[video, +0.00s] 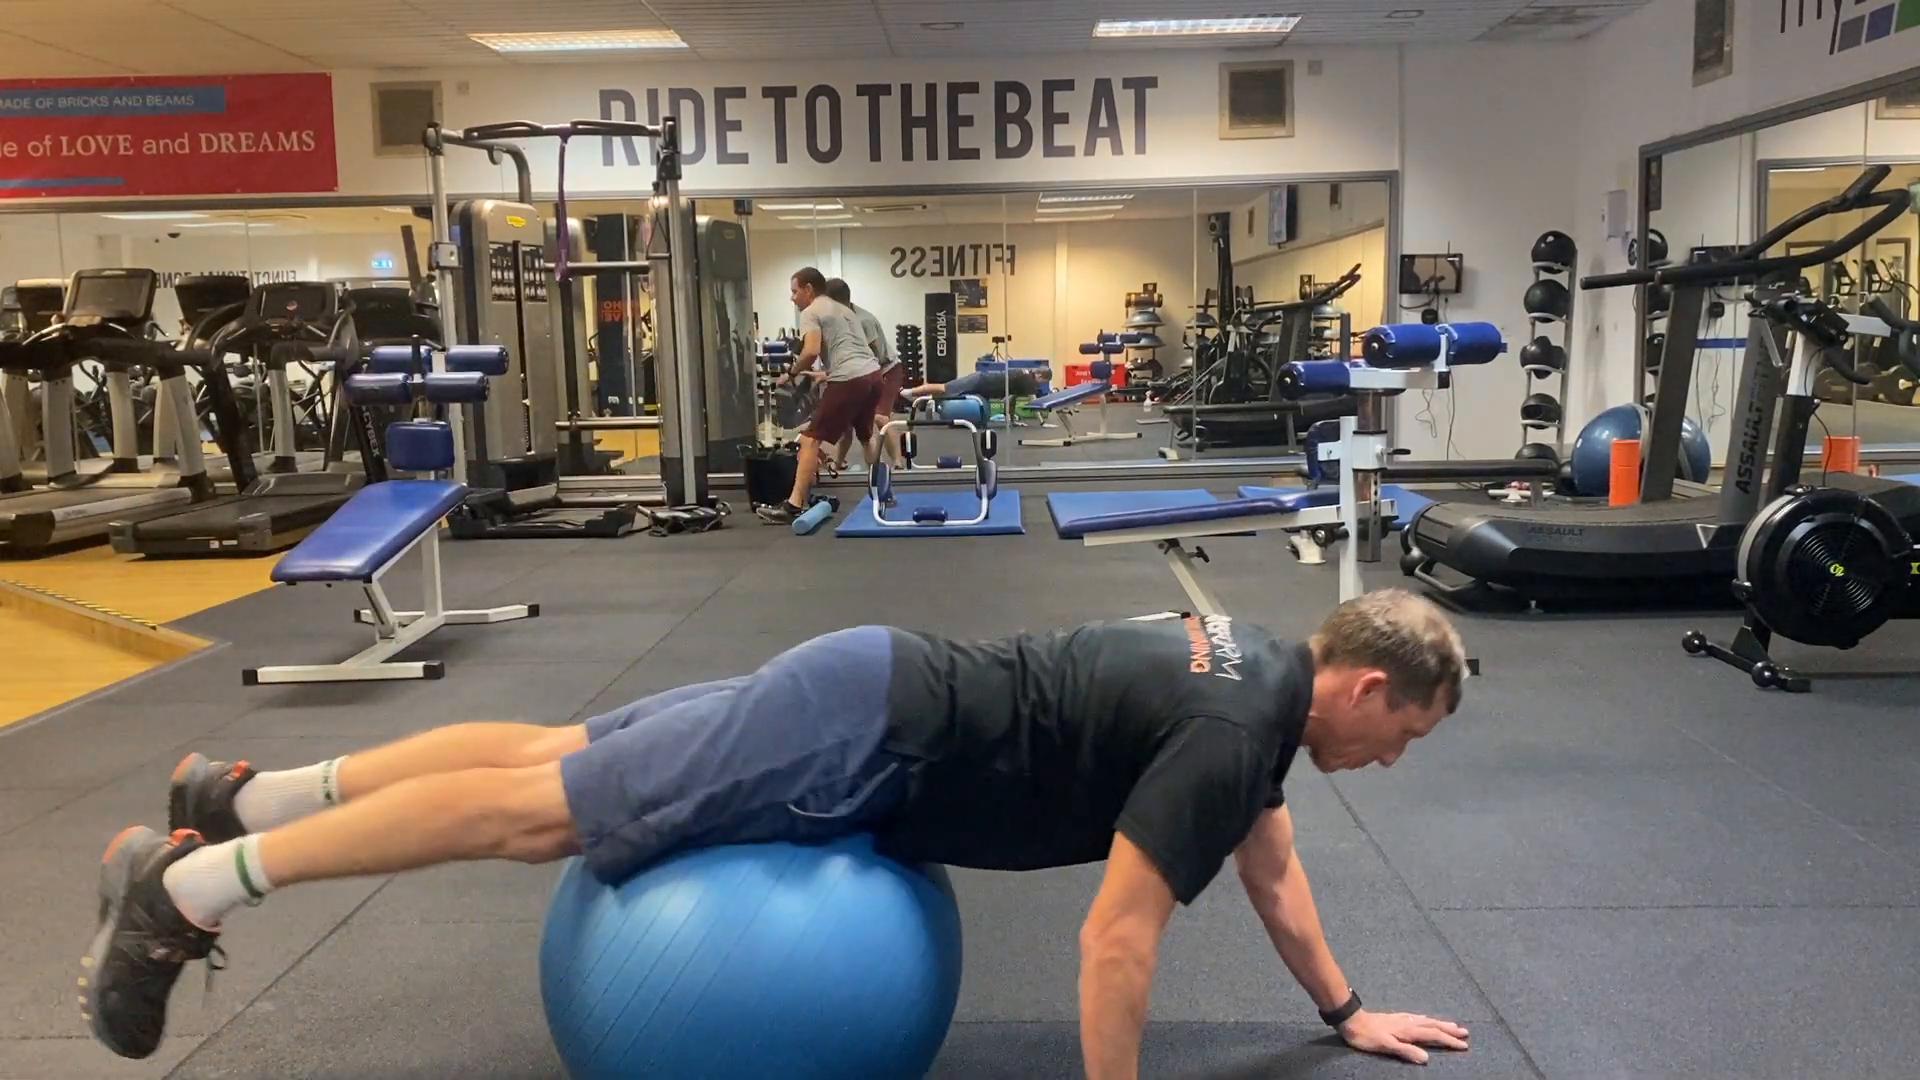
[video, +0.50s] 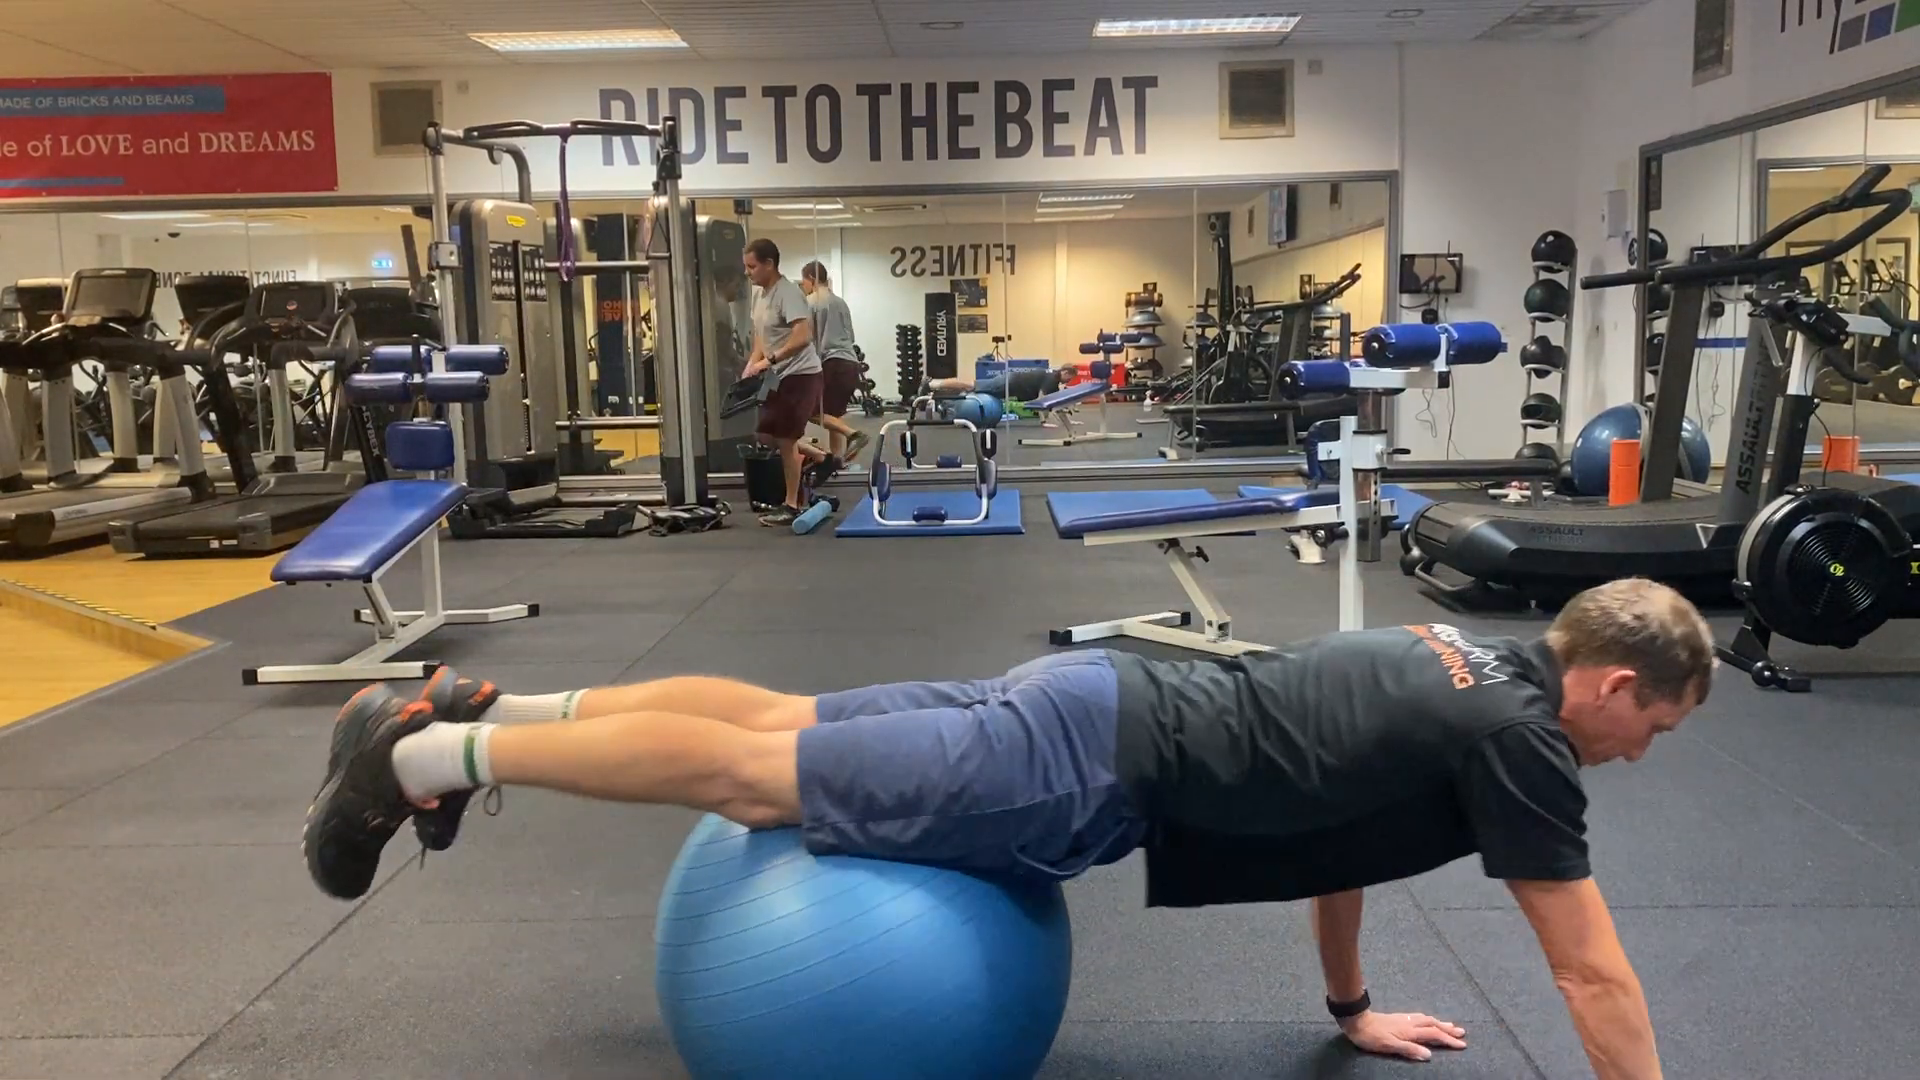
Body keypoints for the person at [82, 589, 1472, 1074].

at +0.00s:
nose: (1406, 750)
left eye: (1418, 732)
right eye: (1413, 731)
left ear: (1359, 668)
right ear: (1368, 694)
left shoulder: (1263, 684)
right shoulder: (1233, 732)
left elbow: (1278, 874)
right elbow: (1113, 943)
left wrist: (1346, 1013)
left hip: (877, 684)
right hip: (867, 728)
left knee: (565, 752)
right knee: (542, 812)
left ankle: (257, 795)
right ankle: (193, 886)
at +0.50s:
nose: (1659, 740)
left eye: (1669, 717)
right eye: (1668, 716)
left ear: (1583, 653)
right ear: (1622, 690)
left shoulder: (1447, 674)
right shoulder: (1515, 745)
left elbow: (1334, 844)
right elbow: (1595, 980)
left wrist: (1349, 1008)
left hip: (1099, 712)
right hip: (1094, 751)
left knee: (774, 733)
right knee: (764, 771)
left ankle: (475, 714)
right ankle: (436, 748)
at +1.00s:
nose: (1782, 803)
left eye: (1803, 794)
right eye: (1799, 781)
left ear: (1756, 676)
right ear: (1778, 726)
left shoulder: (1633, 667)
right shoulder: (1686, 721)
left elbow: (1557, 851)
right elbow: (1645, 984)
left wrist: (1604, 982)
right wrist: (1663, 1062)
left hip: (1291, 548)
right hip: (1302, 589)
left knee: (1014, 702)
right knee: (1006, 772)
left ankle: (797, 491)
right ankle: (757, 563)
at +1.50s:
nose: (1745, 804)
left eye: (1765, 794)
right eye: (1766, 788)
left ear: (1729, 681)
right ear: (1750, 737)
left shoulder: (1620, 659)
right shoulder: (1662, 698)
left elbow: (1567, 842)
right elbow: (1669, 969)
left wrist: (1608, 983)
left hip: (1303, 441)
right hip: (1340, 489)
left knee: (1242, 746)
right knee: (1303, 829)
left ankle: (1019, 655)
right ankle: (989, 752)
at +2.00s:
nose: (1751, 779)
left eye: (1770, 771)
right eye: (1766, 759)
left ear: (1722, 662)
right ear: (1742, 702)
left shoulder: (1613, 648)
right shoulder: (1669, 698)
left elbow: (1570, 841)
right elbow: (1666, 961)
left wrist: (1610, 992)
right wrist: (1708, 1072)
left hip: (1317, 423)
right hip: (1337, 467)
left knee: (1213, 704)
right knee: (1225, 793)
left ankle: (1012, 603)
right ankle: (909, 723)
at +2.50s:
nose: (1750, 816)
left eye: (1768, 806)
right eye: (1767, 796)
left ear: (1732, 681)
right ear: (1759, 746)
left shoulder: (1611, 652)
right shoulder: (1680, 705)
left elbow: (1563, 839)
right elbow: (1711, 969)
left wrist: (1609, 994)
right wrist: (1750, 1077)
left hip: (1283, 447)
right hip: (1319, 485)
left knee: (1135, 745)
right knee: (1229, 813)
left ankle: (862, 678)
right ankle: (931, 723)